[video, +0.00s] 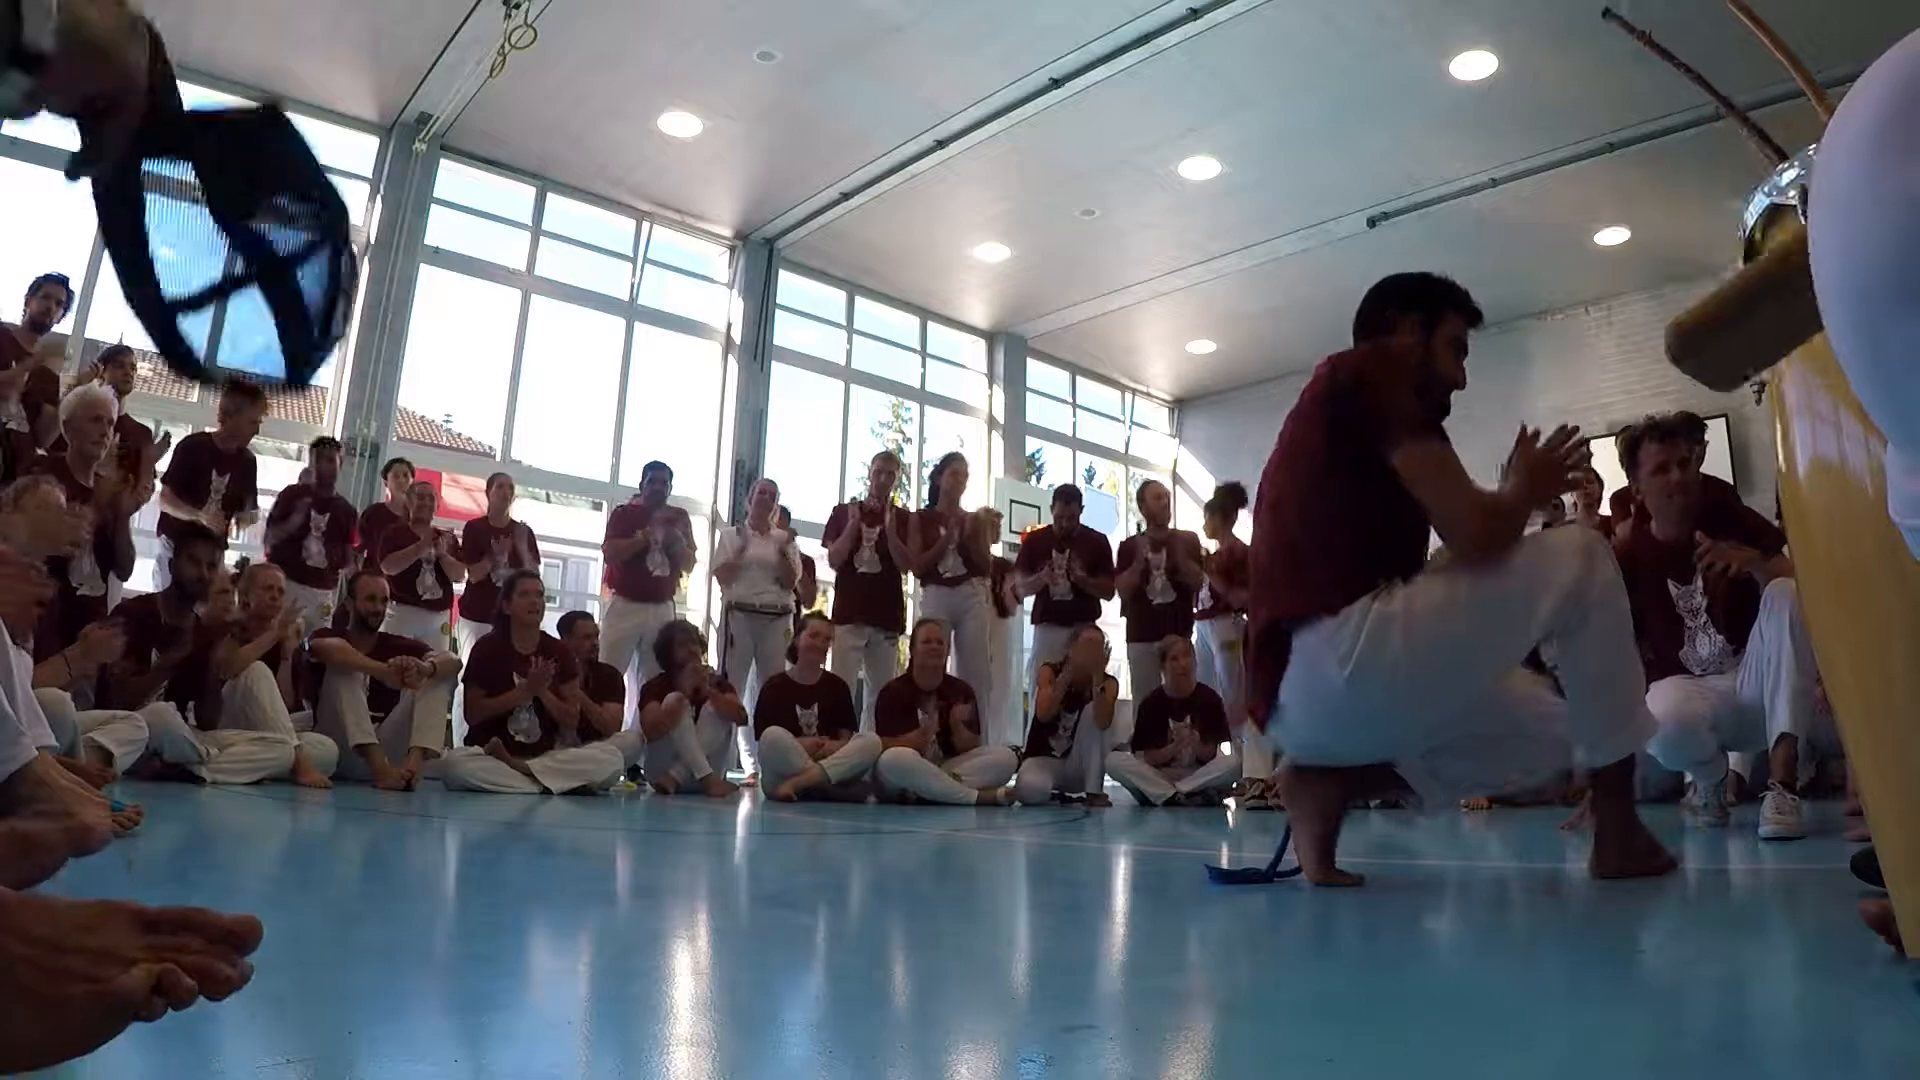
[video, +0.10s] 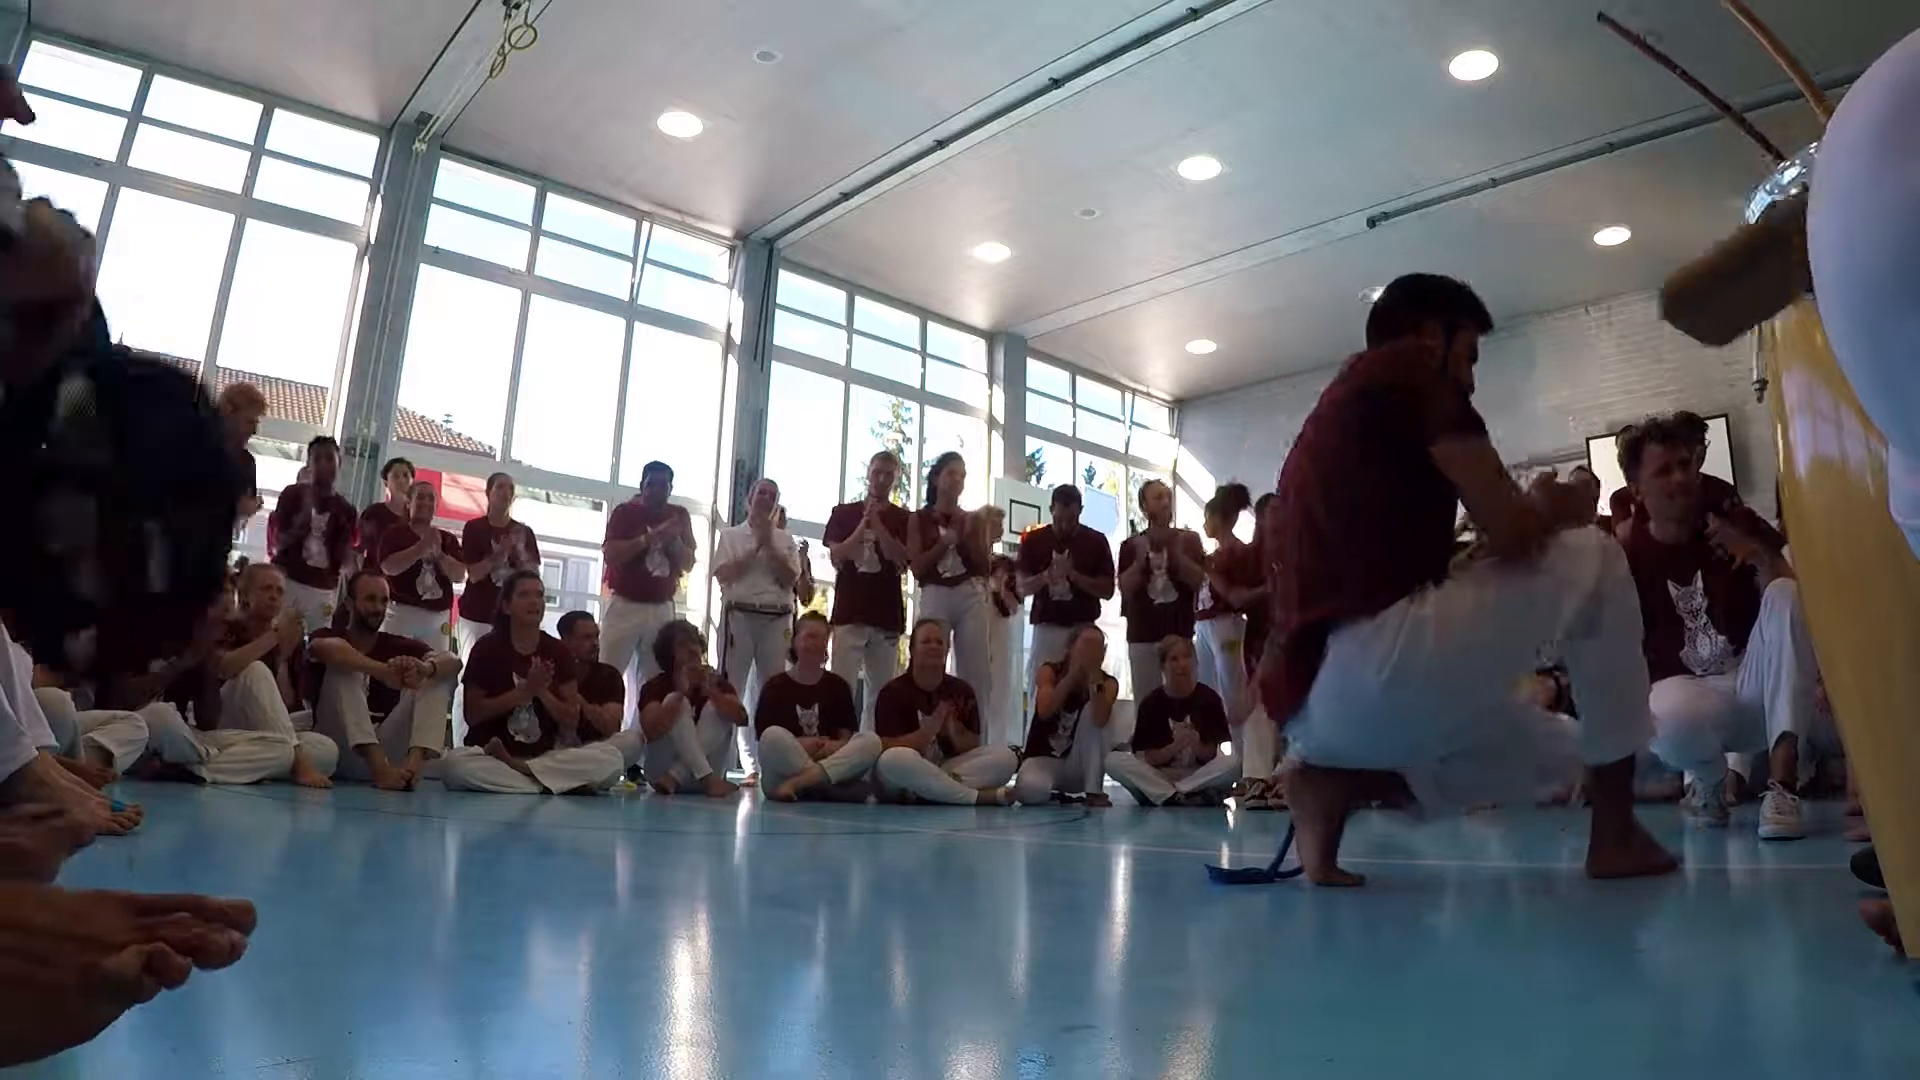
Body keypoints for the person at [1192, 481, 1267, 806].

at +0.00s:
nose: (1205, 525)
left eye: (1208, 518)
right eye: (1204, 518)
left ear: (1223, 518)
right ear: (1221, 518)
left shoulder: (1240, 553)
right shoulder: (1213, 556)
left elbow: (1243, 597)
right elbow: (1212, 593)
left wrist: (1215, 579)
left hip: (1227, 624)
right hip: (1203, 624)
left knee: (1231, 691)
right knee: (1206, 688)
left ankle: (1240, 749)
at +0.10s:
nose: (1204, 522)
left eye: (1207, 516)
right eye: (1204, 516)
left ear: (1222, 517)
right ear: (1226, 518)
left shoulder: (1240, 552)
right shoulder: (1213, 556)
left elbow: (1235, 594)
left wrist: (1210, 571)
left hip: (1225, 620)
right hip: (1202, 622)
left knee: (1231, 688)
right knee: (1206, 685)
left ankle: (1236, 742)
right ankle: (1210, 738)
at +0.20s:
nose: (1204, 524)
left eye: (1208, 517)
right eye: (1205, 517)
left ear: (1223, 518)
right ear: (1225, 519)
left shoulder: (1241, 552)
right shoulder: (1213, 556)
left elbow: (1237, 596)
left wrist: (1212, 572)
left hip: (1226, 619)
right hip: (1203, 621)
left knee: (1231, 684)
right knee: (1206, 684)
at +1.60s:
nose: (1205, 522)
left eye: (1210, 516)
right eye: (1206, 516)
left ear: (1229, 520)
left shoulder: (1241, 553)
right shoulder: (1206, 558)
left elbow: (1241, 596)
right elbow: (1196, 585)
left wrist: (1210, 576)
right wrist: (1179, 554)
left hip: (1226, 621)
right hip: (1200, 623)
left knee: (1233, 689)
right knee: (1204, 688)